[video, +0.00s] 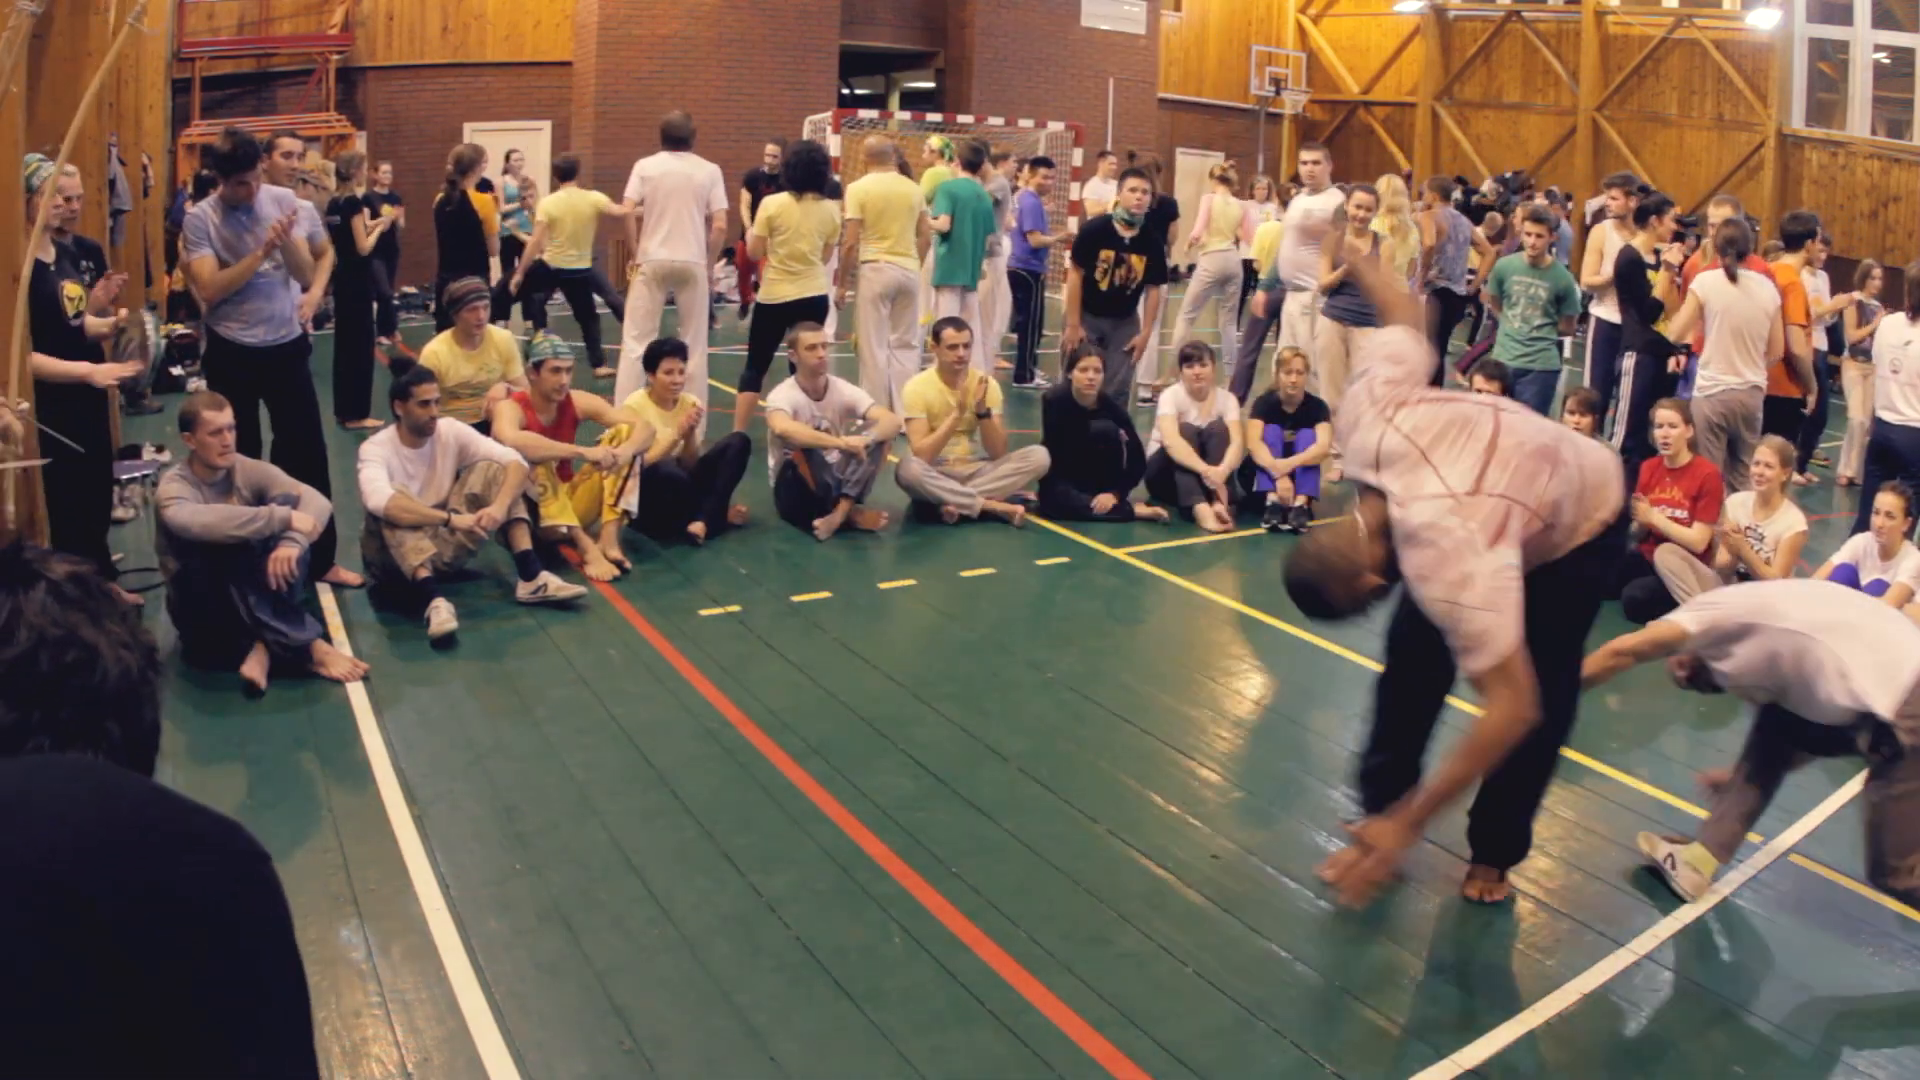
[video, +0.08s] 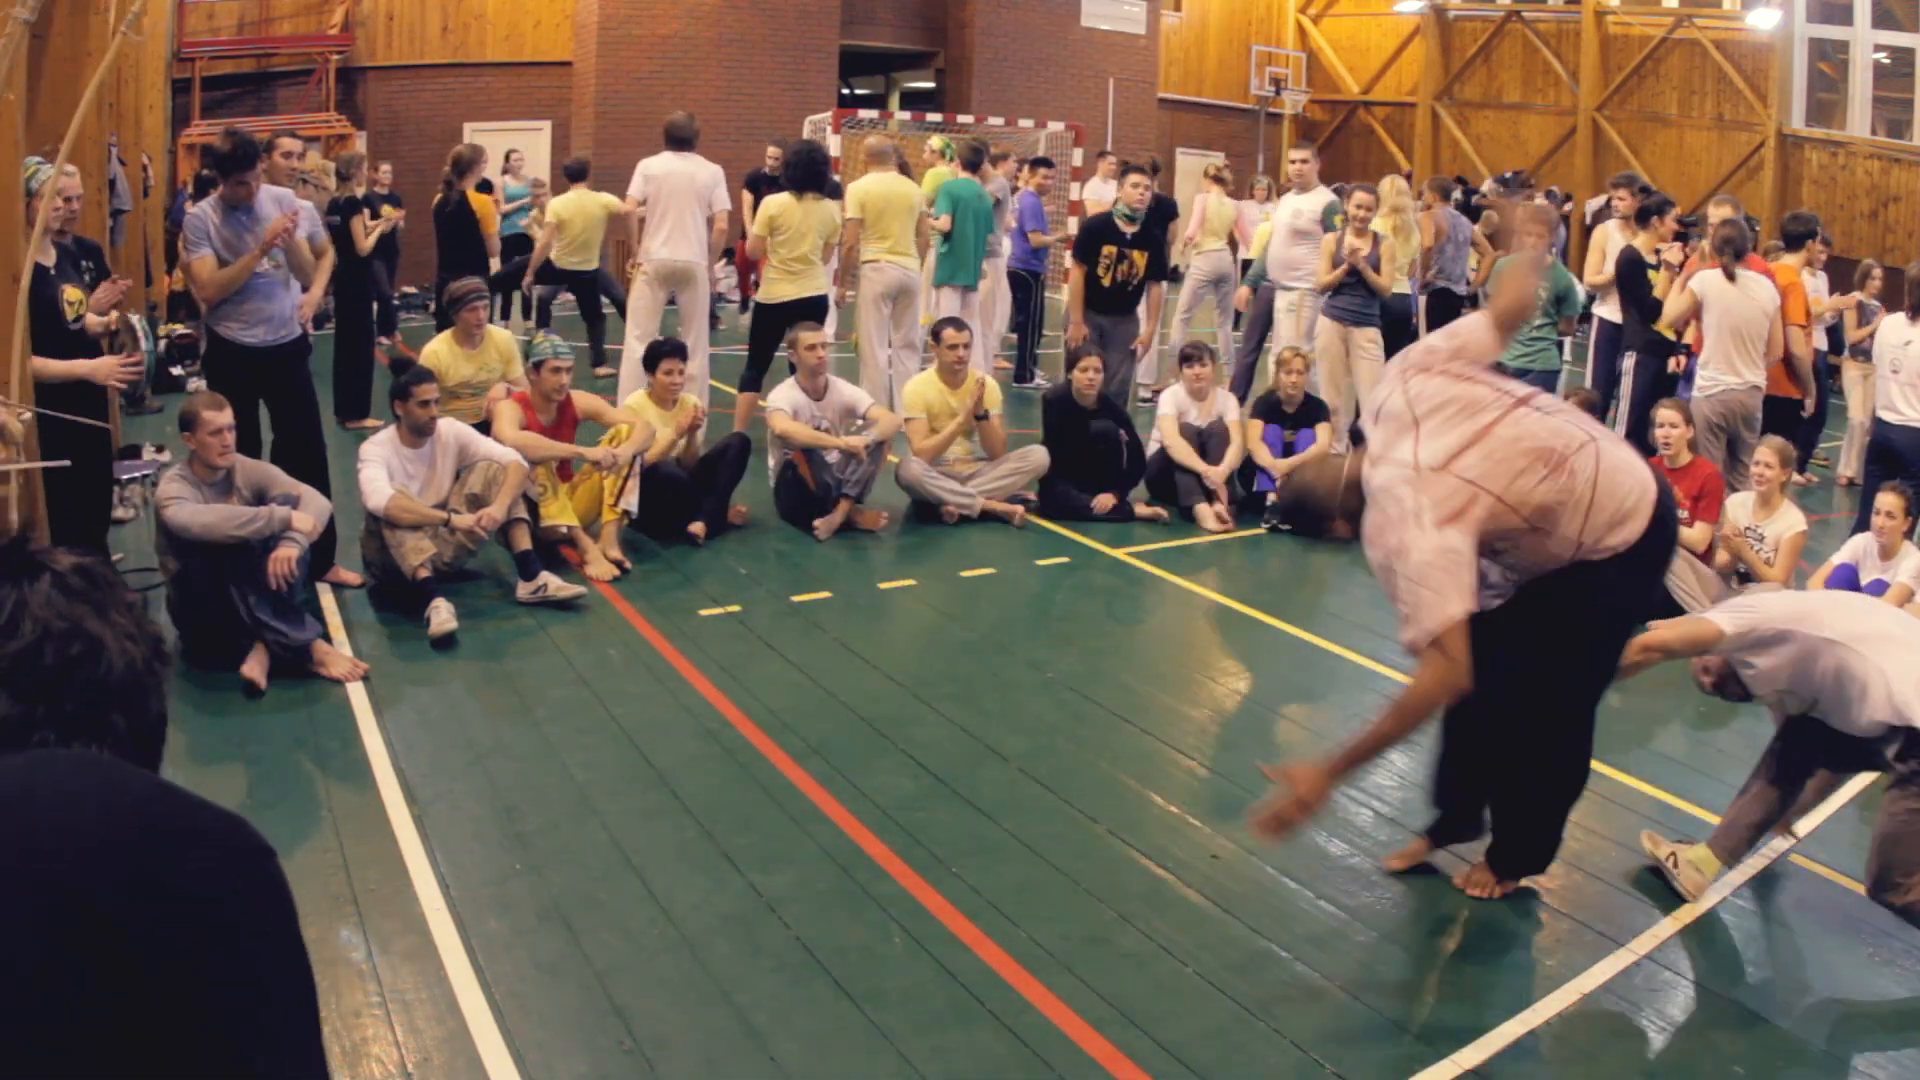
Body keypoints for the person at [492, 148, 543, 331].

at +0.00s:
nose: (519, 163)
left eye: (521, 159)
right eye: (515, 160)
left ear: (524, 162)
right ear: (508, 163)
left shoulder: (529, 182)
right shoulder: (502, 182)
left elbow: (535, 204)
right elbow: (501, 208)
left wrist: (529, 202)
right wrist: (520, 204)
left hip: (528, 230)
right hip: (508, 231)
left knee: (528, 274)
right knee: (508, 275)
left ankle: (530, 318)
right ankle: (504, 317)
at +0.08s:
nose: (519, 163)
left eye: (521, 160)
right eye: (515, 160)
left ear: (524, 162)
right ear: (507, 163)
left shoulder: (530, 182)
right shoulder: (502, 182)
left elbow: (540, 201)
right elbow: (502, 208)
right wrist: (525, 201)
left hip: (529, 230)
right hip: (509, 231)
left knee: (528, 275)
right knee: (507, 276)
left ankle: (528, 319)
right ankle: (505, 319)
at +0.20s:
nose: (518, 163)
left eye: (520, 160)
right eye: (514, 160)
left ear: (523, 162)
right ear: (506, 163)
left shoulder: (529, 182)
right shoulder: (501, 183)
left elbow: (533, 207)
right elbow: (498, 208)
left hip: (526, 233)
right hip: (508, 233)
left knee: (526, 280)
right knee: (507, 281)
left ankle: (528, 318)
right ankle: (505, 319)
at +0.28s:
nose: (518, 163)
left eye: (520, 160)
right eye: (514, 160)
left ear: (523, 162)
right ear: (506, 163)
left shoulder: (529, 182)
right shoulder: (501, 183)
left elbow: (533, 206)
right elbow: (497, 207)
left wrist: (538, 212)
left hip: (526, 231)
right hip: (508, 231)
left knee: (526, 278)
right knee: (507, 279)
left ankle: (528, 318)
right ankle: (505, 318)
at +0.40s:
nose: (518, 163)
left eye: (519, 160)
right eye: (514, 160)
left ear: (522, 162)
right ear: (506, 163)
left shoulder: (529, 182)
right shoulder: (500, 183)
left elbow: (534, 203)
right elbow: (497, 208)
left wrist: (536, 207)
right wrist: (521, 205)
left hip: (526, 230)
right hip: (508, 231)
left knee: (526, 276)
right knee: (507, 278)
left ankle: (527, 318)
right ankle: (505, 319)